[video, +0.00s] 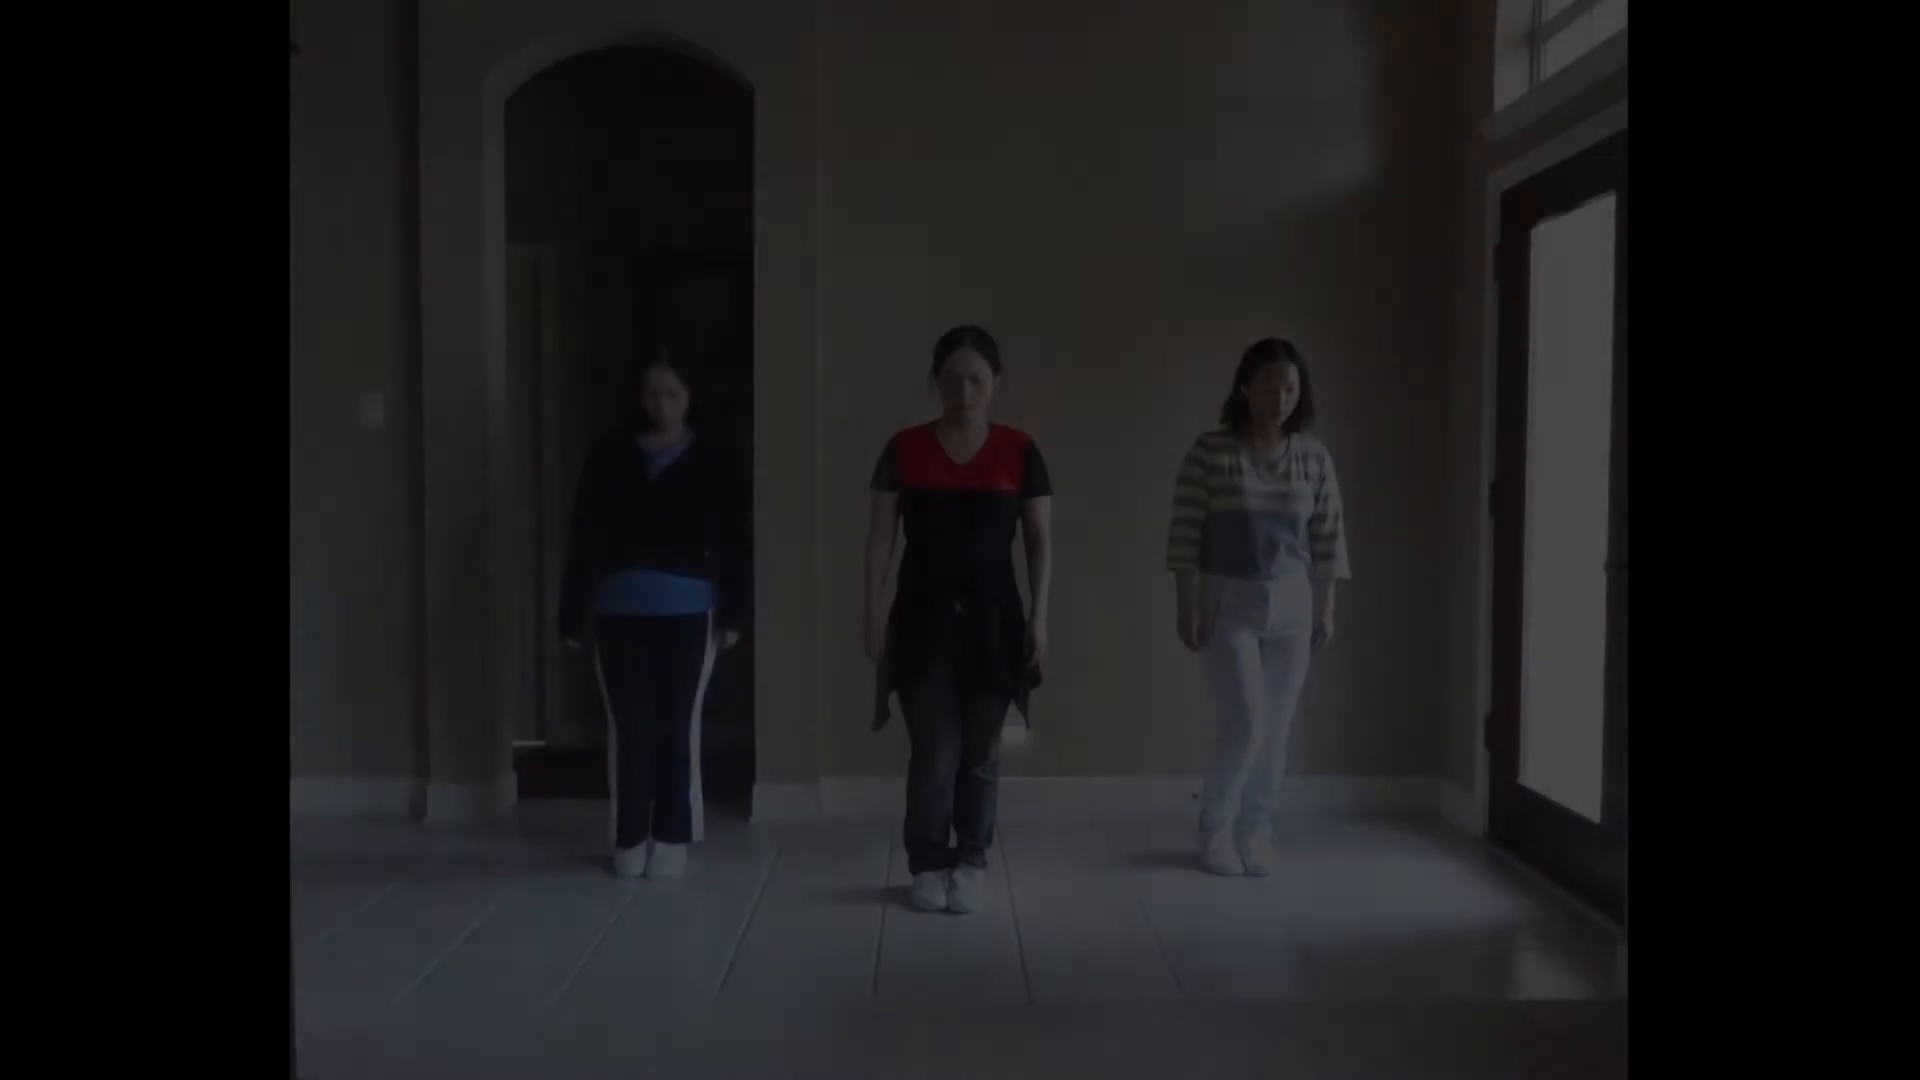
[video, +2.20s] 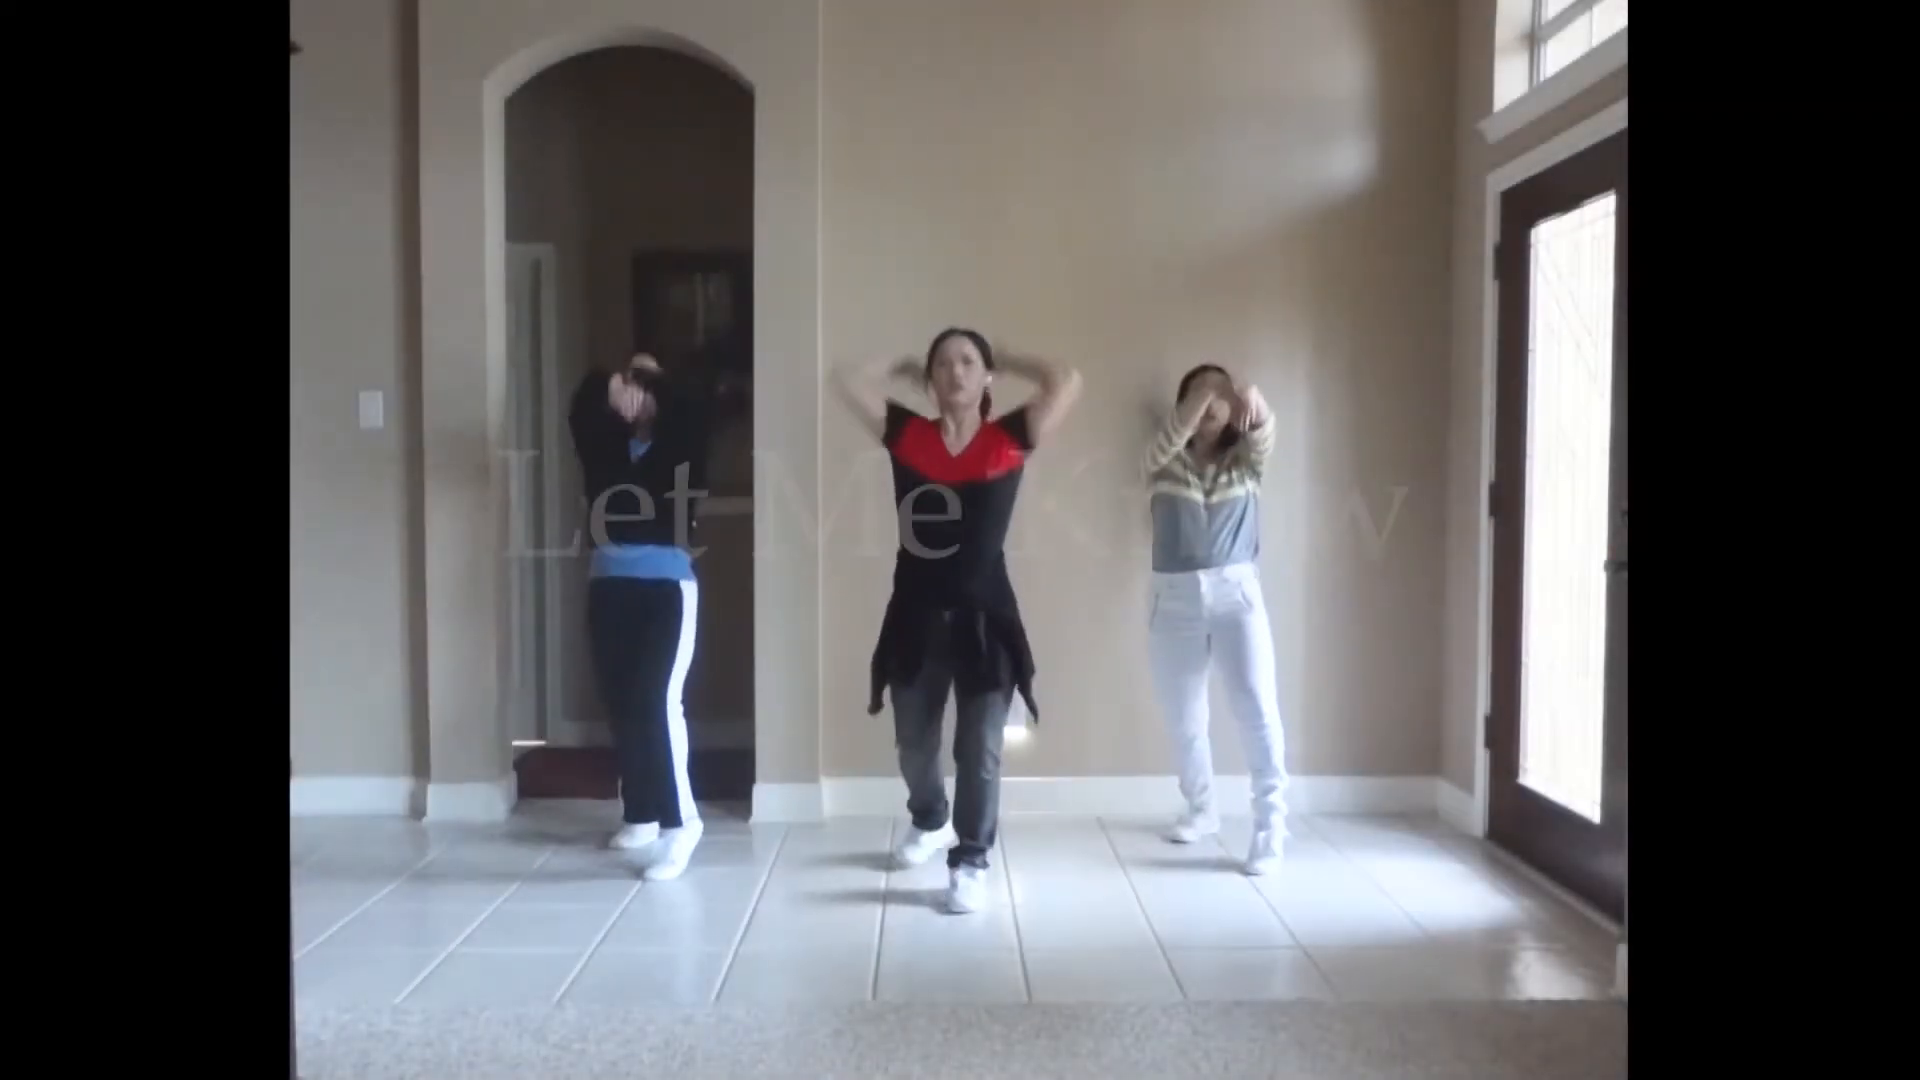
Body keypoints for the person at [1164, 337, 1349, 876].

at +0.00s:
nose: (1279, 398)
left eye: (1289, 387)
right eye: (1269, 386)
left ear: (1300, 395)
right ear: (1246, 389)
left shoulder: (1312, 456)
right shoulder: (1212, 451)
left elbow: (1329, 535)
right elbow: (1185, 533)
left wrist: (1326, 606)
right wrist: (1187, 606)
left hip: (1292, 612)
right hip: (1227, 609)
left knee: (1275, 728)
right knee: (1247, 723)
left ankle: (1256, 834)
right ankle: (1215, 833)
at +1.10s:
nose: (1279, 399)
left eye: (1289, 389)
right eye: (1269, 387)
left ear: (1300, 396)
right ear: (1245, 390)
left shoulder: (1312, 458)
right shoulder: (1209, 451)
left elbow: (1352, 517)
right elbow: (1169, 505)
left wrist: (1383, 568)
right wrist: (1137, 546)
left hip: (1289, 608)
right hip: (1223, 607)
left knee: (1276, 728)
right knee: (1244, 725)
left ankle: (1256, 831)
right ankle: (1214, 829)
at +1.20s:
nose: (1279, 404)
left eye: (1289, 394)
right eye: (1268, 392)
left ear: (1299, 400)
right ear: (1244, 394)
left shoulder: (1313, 458)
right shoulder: (1207, 452)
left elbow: (1363, 498)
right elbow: (1162, 487)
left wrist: (1408, 513)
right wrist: (1135, 490)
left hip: (1287, 610)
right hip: (1222, 608)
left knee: (1282, 729)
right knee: (1246, 724)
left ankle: (1257, 832)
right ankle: (1216, 827)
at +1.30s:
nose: (1279, 414)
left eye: (1288, 404)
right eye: (1269, 403)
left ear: (1298, 410)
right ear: (1244, 403)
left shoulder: (1312, 465)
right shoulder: (1205, 459)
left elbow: (1382, 499)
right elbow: (1144, 484)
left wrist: (1389, 438)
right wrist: (1141, 418)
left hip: (1285, 617)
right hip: (1219, 616)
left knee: (1285, 733)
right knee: (1248, 729)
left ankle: (1259, 835)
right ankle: (1204, 782)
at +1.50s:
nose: (1266, 431)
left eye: (1277, 421)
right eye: (1256, 419)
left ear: (1289, 423)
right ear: (1236, 417)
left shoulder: (1303, 467)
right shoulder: (1205, 459)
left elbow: (1361, 424)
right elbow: (1166, 431)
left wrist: (1312, 408)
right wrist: (1185, 412)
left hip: (1282, 616)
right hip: (1215, 615)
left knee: (1283, 731)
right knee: (1215, 726)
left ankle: (1257, 836)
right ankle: (1184, 747)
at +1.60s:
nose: (1258, 397)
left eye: (1269, 387)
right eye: (1247, 385)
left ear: (1281, 396)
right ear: (1229, 390)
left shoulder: (1295, 447)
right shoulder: (1202, 446)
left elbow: (1338, 385)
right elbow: (1177, 393)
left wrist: (1287, 348)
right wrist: (1197, 360)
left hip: (1276, 598)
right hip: (1210, 598)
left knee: (1273, 724)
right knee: (1195, 714)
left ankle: (1258, 834)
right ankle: (1183, 795)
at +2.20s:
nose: (1209, 410)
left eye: (1218, 401)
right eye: (1200, 400)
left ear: (1232, 414)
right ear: (1182, 409)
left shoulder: (1246, 463)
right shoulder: (1163, 462)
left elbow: (1261, 428)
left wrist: (1250, 400)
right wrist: (1201, 399)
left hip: (1236, 593)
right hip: (1175, 598)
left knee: (1257, 713)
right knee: (1184, 720)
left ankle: (1270, 828)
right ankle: (1199, 810)